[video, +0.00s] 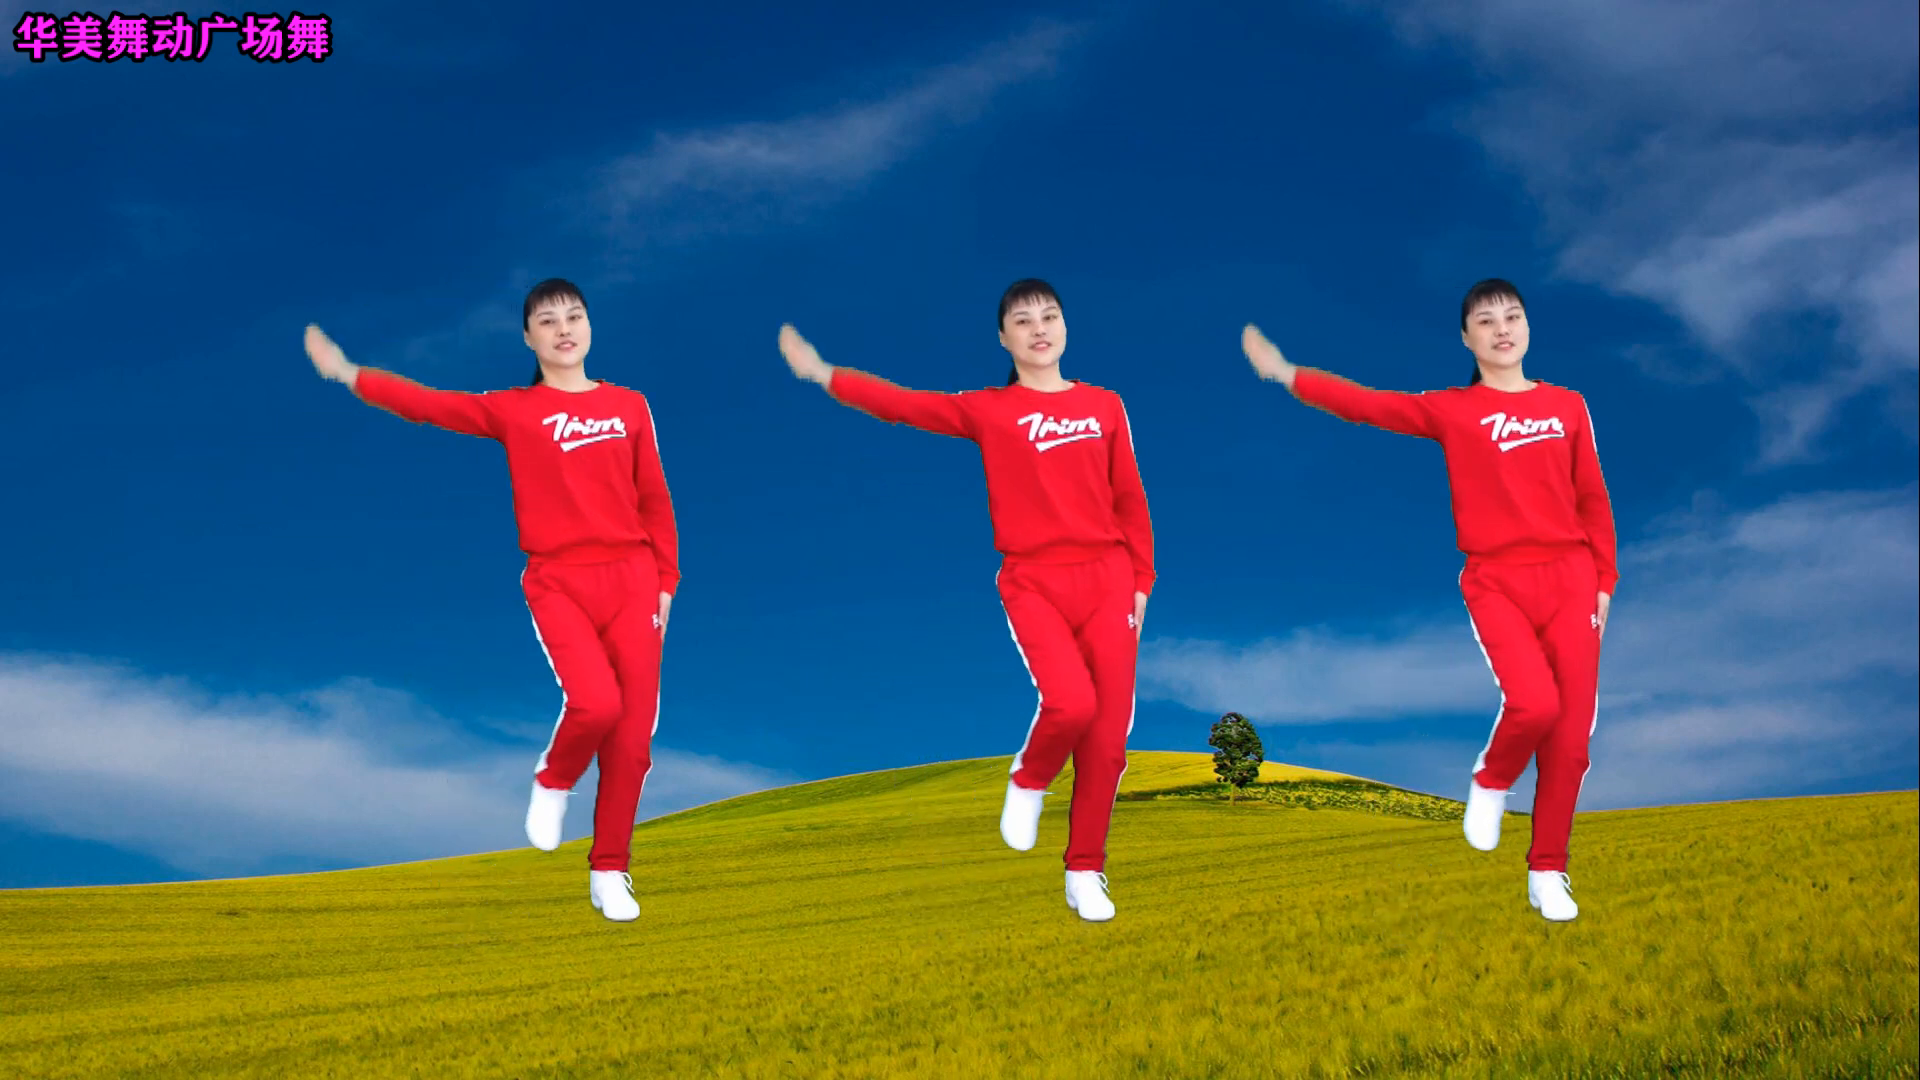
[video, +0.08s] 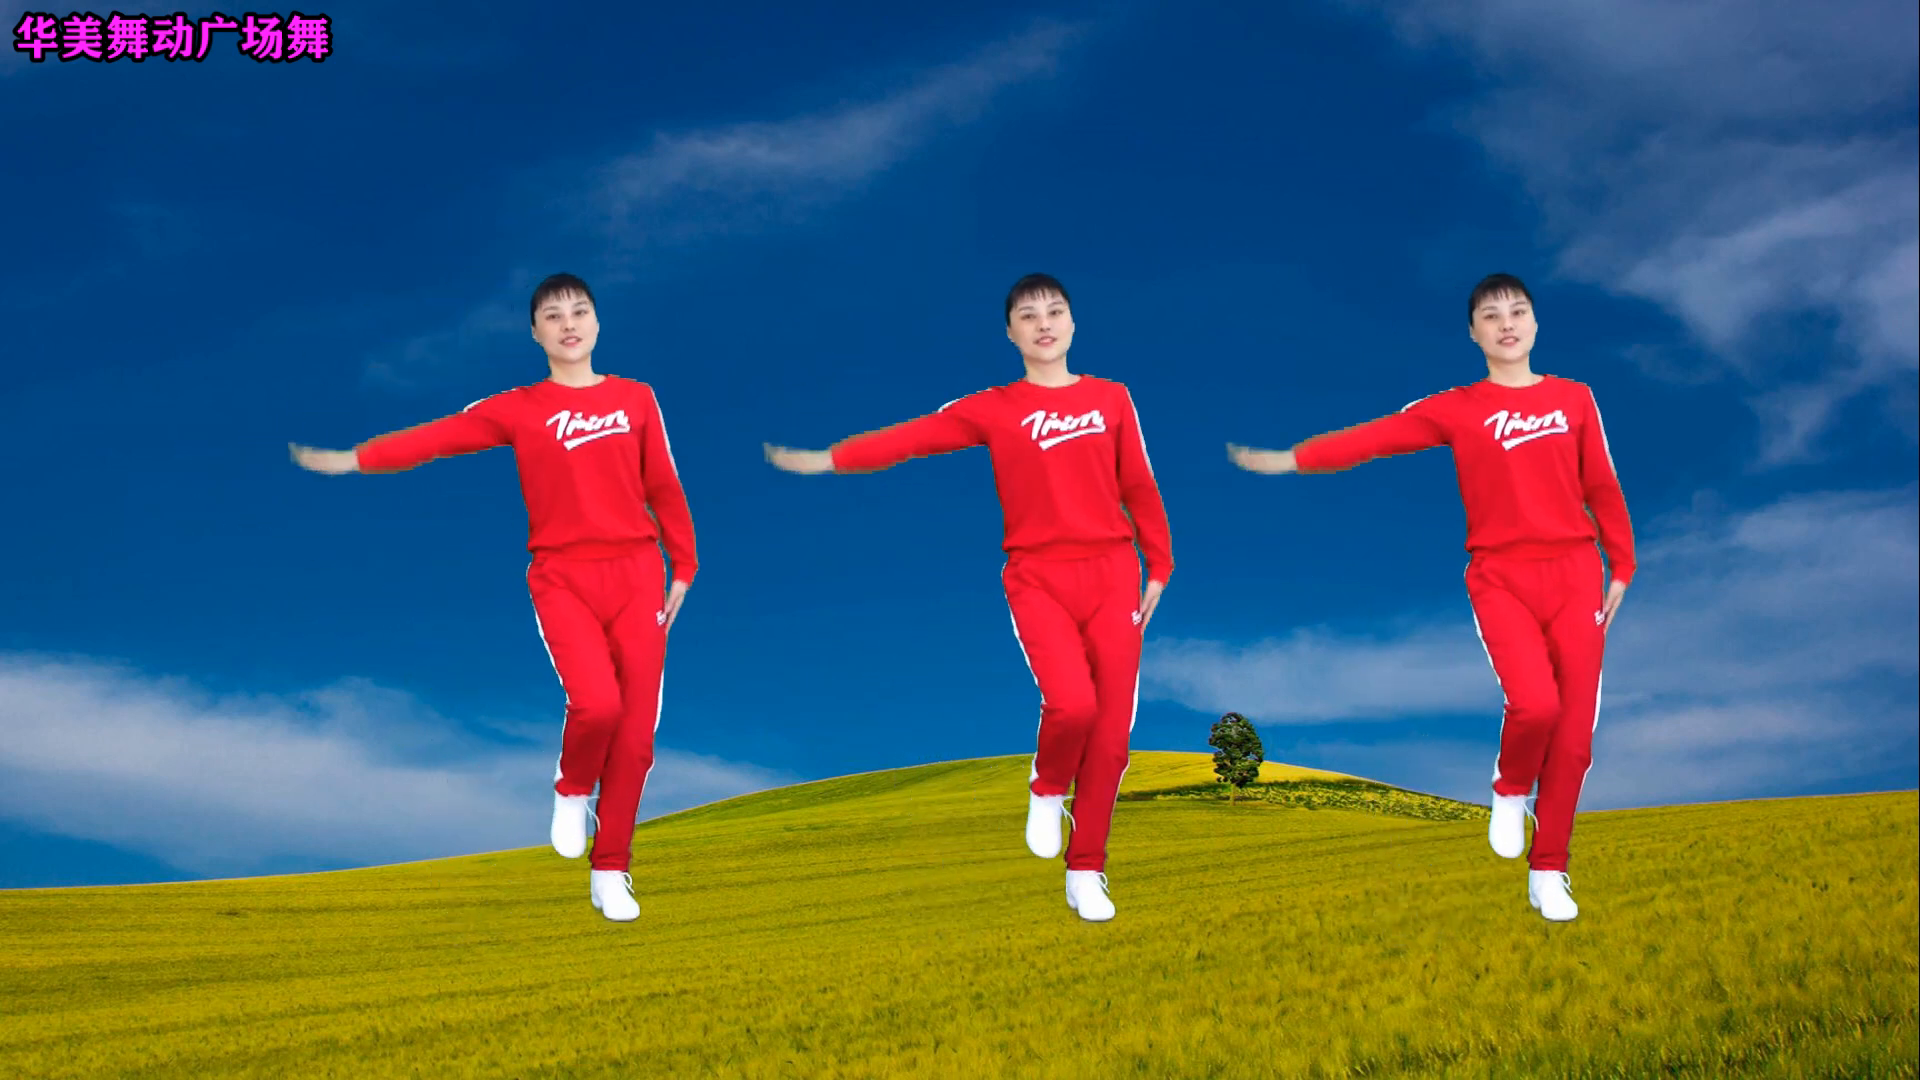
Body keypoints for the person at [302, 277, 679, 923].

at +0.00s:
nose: (564, 328)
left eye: (573, 317)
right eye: (549, 321)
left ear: (589, 328)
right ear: (530, 337)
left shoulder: (629, 404)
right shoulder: (512, 408)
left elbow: (656, 499)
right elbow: (425, 403)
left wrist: (667, 579)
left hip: (633, 573)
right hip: (557, 578)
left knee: (636, 728)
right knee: (598, 706)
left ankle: (610, 868)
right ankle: (553, 784)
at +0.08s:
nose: (568, 324)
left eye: (578, 313)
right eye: (554, 316)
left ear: (596, 324)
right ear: (537, 332)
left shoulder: (637, 398)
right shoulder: (516, 407)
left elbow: (666, 489)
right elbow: (435, 437)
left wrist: (684, 568)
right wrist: (351, 458)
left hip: (638, 569)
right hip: (561, 575)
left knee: (639, 727)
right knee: (598, 706)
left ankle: (611, 867)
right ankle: (574, 792)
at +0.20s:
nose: (573, 305)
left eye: (584, 294)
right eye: (560, 297)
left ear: (604, 305)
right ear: (544, 313)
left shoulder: (641, 375)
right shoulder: (527, 391)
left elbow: (691, 451)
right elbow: (479, 468)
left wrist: (730, 525)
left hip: (637, 559)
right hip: (561, 563)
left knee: (632, 720)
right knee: (584, 716)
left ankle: (619, 863)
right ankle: (578, 827)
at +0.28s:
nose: (577, 303)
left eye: (589, 292)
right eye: (563, 295)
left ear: (608, 304)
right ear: (548, 311)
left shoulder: (644, 371)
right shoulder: (530, 390)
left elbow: (710, 438)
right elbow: (507, 480)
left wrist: (769, 503)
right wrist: (479, 563)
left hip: (633, 559)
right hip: (557, 562)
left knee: (626, 723)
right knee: (572, 721)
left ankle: (619, 865)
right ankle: (576, 852)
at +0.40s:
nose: (578, 309)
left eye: (590, 298)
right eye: (566, 301)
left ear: (612, 310)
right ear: (553, 316)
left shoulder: (648, 381)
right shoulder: (532, 399)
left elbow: (724, 435)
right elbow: (518, 494)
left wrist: (802, 481)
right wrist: (510, 573)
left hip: (625, 568)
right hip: (546, 568)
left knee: (619, 731)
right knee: (564, 732)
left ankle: (614, 869)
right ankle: (573, 866)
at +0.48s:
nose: (567, 310)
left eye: (581, 299)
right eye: (559, 303)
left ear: (612, 309)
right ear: (551, 318)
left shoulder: (645, 382)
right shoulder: (532, 396)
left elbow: (716, 445)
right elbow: (512, 488)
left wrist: (787, 501)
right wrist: (498, 565)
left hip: (622, 567)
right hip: (545, 568)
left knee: (617, 725)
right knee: (562, 726)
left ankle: (613, 866)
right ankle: (571, 858)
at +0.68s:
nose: (548, 322)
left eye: (563, 312)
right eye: (545, 314)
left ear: (600, 324)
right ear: (544, 330)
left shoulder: (628, 398)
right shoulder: (532, 413)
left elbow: (622, 489)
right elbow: (511, 503)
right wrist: (496, 578)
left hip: (619, 577)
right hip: (549, 579)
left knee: (619, 730)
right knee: (521, 711)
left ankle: (612, 867)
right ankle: (532, 821)